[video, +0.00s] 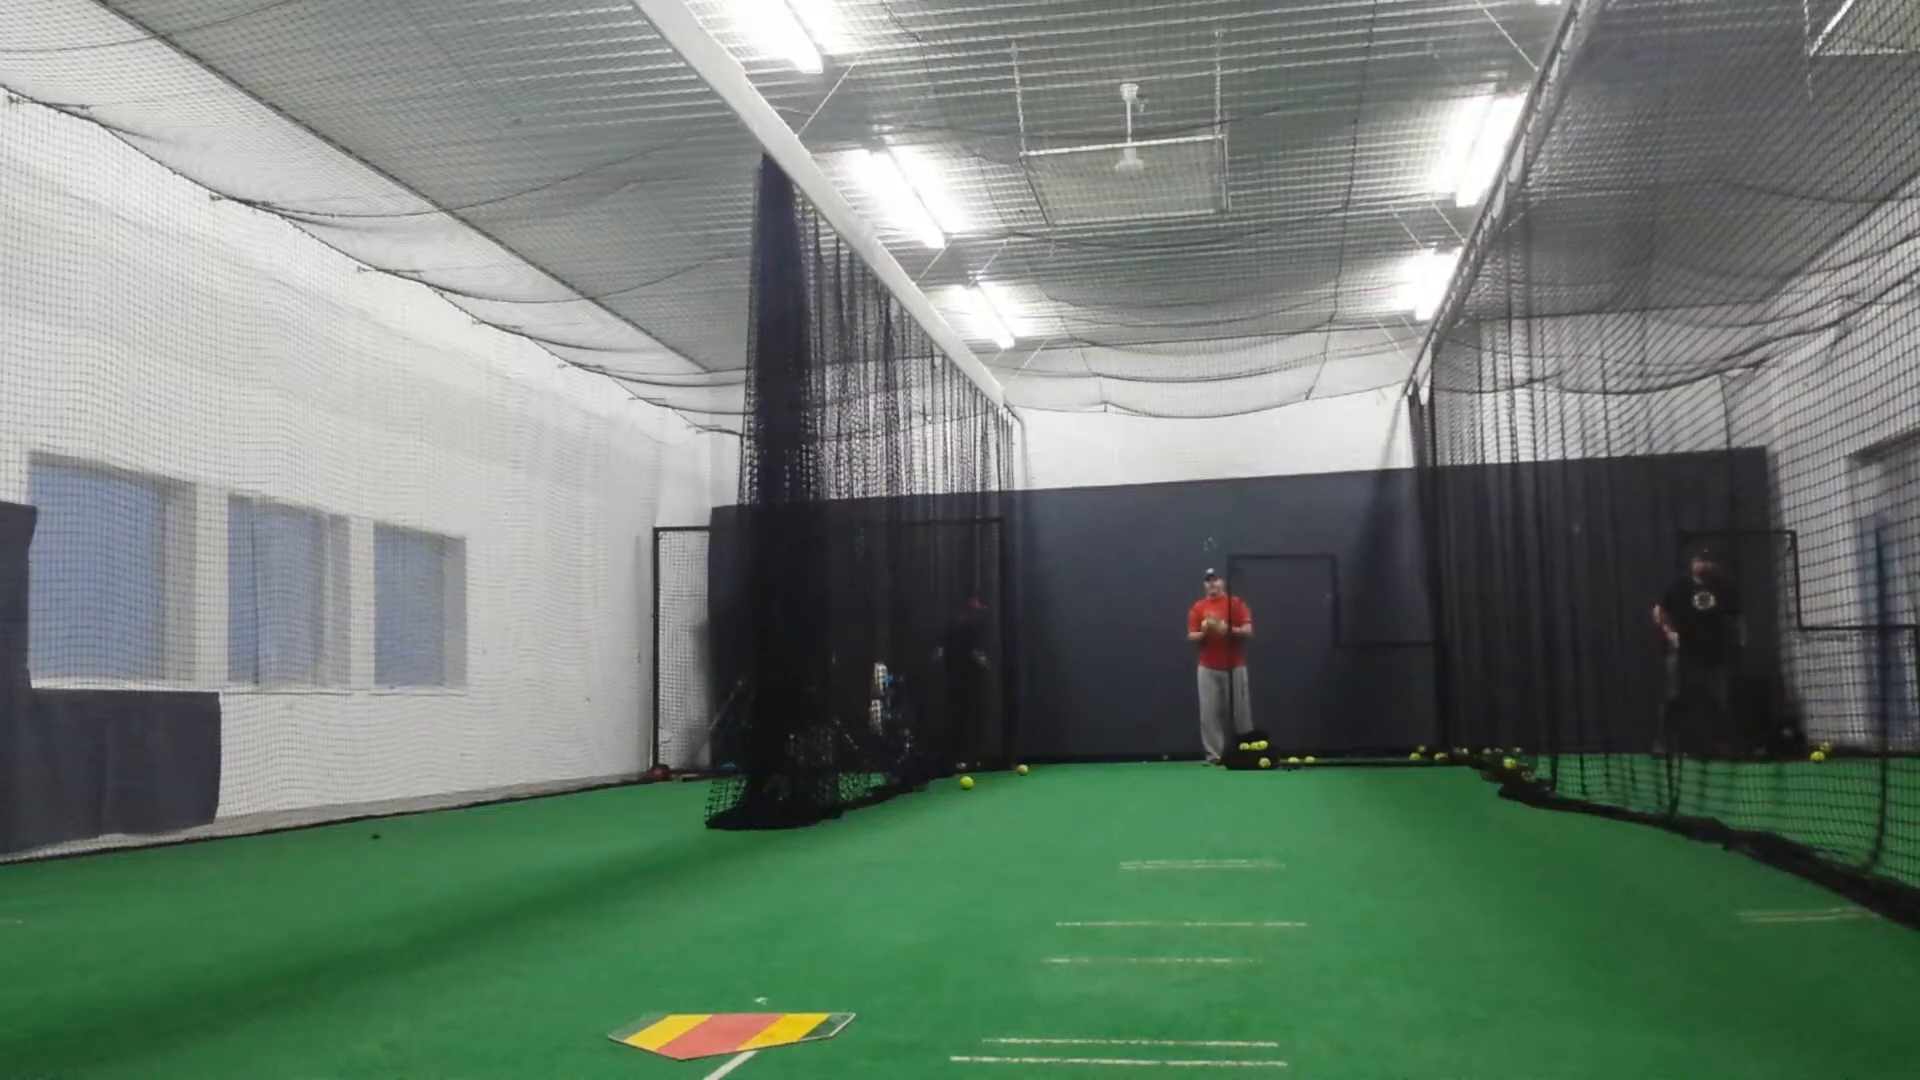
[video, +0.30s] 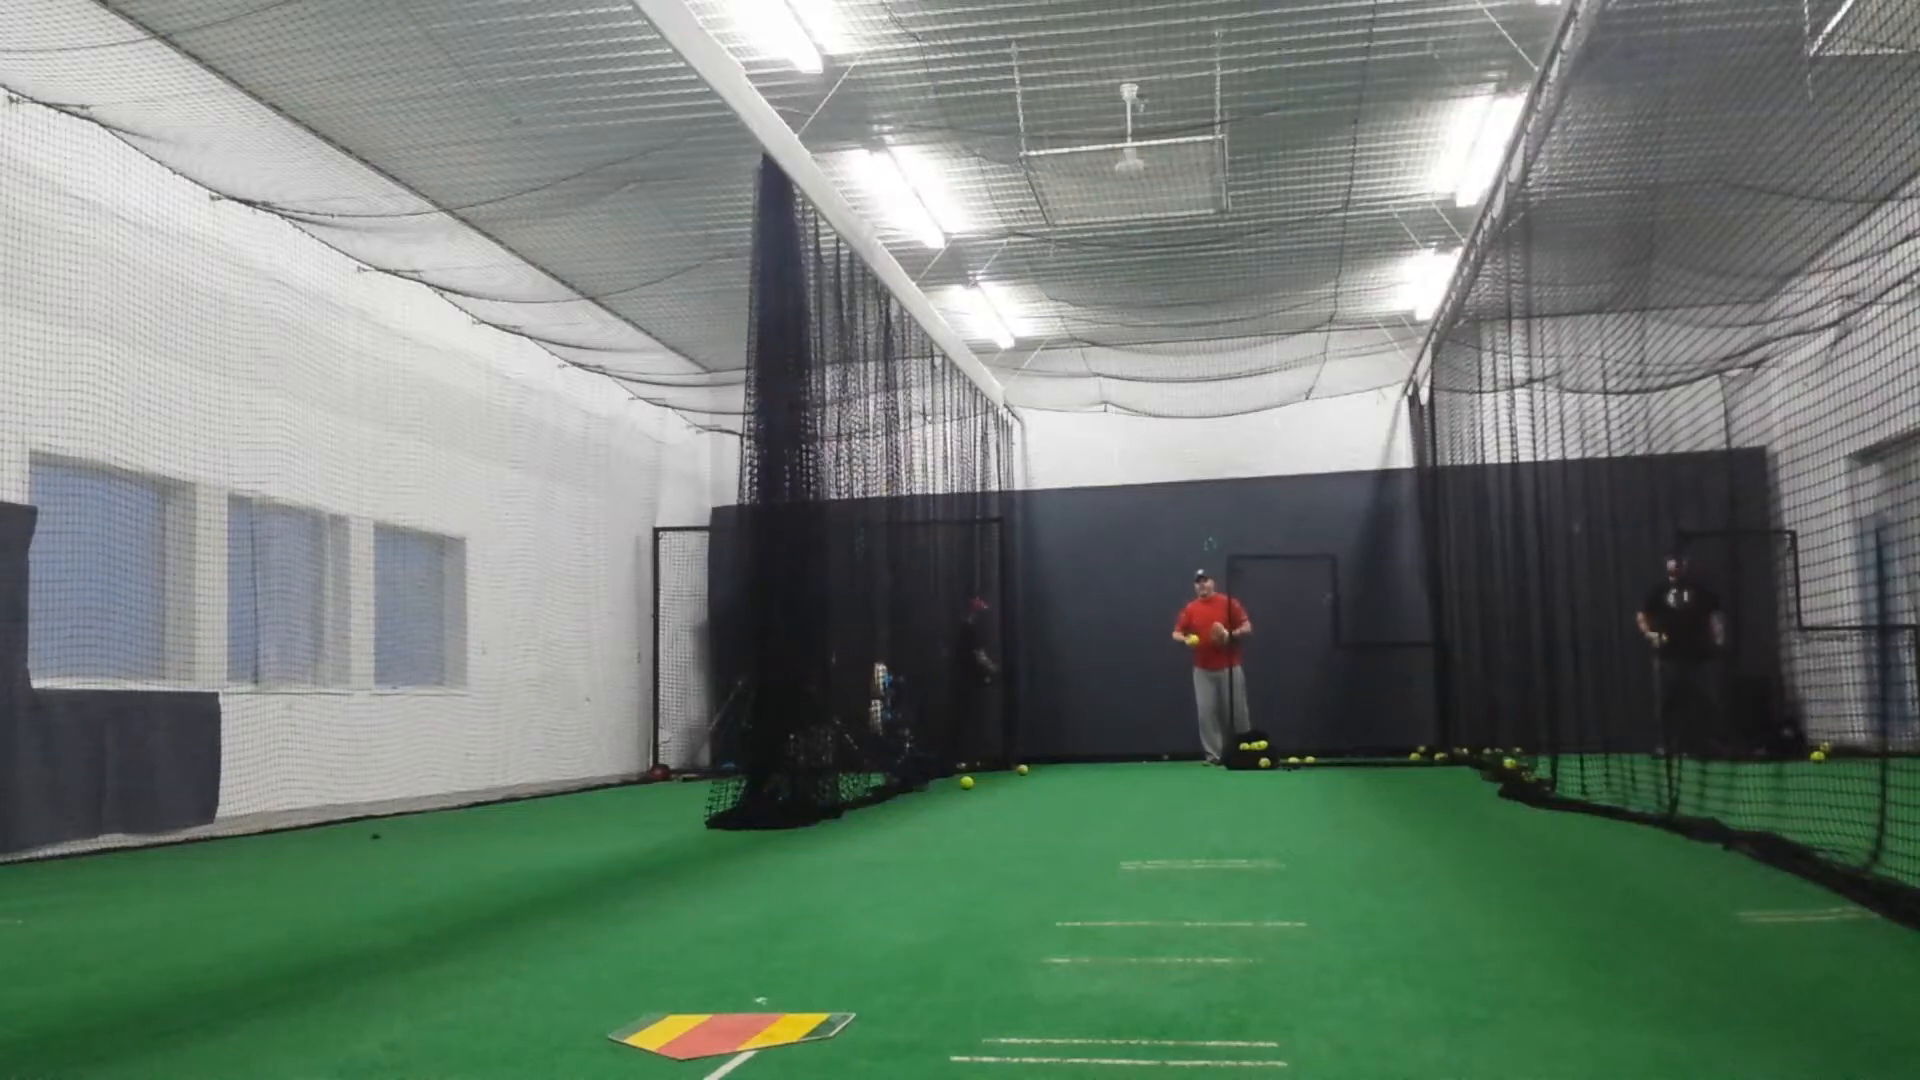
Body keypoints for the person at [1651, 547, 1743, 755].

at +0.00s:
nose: (1703, 572)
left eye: (1708, 567)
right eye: (1699, 567)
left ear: (1717, 568)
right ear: (1692, 567)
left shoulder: (1726, 589)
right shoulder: (1680, 588)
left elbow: (1737, 617)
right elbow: (1660, 612)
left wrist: (1739, 641)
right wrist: (1672, 633)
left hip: (1717, 650)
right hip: (1685, 650)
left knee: (1718, 699)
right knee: (1679, 696)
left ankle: (1720, 742)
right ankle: (1669, 741)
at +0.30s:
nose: (1675, 574)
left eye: (1678, 569)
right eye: (1671, 570)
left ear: (1686, 569)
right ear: (1666, 570)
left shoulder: (1700, 590)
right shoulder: (1658, 592)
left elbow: (1715, 616)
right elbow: (1642, 616)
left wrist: (1719, 639)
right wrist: (1651, 634)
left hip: (1697, 651)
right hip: (1667, 654)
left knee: (1699, 697)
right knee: (1665, 699)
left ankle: (1701, 743)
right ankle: (1664, 743)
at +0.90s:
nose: (1650, 570)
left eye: (1655, 565)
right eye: (1646, 565)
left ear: (1665, 567)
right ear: (1641, 567)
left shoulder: (1676, 589)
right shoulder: (1639, 592)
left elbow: (1687, 613)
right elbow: (1630, 621)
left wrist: (1686, 636)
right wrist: (1628, 642)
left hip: (1674, 645)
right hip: (1648, 647)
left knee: (1677, 694)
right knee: (1653, 696)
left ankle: (1682, 742)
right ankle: (1659, 743)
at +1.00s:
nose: (1646, 572)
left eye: (1651, 567)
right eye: (1642, 567)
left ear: (1661, 568)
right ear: (1639, 569)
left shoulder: (1674, 590)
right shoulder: (1641, 594)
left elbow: (1685, 617)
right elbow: (1631, 626)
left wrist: (1679, 640)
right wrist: (1617, 647)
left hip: (1672, 649)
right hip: (1649, 650)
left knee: (1677, 695)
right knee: (1653, 697)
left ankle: (1683, 743)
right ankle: (1659, 744)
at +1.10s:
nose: (1643, 573)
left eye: (1648, 567)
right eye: (1640, 568)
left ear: (1656, 568)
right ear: (1636, 571)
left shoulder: (1670, 590)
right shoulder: (1641, 596)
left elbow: (1679, 615)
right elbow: (1629, 623)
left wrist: (1677, 640)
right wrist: (1609, 642)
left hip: (1669, 649)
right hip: (1648, 650)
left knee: (1674, 695)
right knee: (1652, 697)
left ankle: (1678, 743)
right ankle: (1658, 744)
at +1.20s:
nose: (1639, 574)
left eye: (1644, 568)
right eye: (1637, 569)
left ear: (1655, 569)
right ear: (1635, 572)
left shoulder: (1667, 588)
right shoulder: (1643, 595)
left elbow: (1677, 613)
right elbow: (1627, 618)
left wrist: (1676, 639)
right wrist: (1602, 627)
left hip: (1669, 649)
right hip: (1649, 650)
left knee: (1672, 695)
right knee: (1653, 697)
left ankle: (1677, 744)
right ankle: (1658, 744)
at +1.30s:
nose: (1637, 576)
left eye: (1641, 571)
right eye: (1634, 572)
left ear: (1651, 571)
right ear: (1631, 574)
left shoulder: (1665, 590)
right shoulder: (1637, 594)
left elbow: (1677, 614)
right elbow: (1624, 610)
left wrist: (1677, 639)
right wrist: (1606, 611)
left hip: (1668, 648)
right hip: (1648, 649)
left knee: (1674, 695)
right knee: (1653, 697)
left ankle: (1681, 741)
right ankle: (1658, 743)